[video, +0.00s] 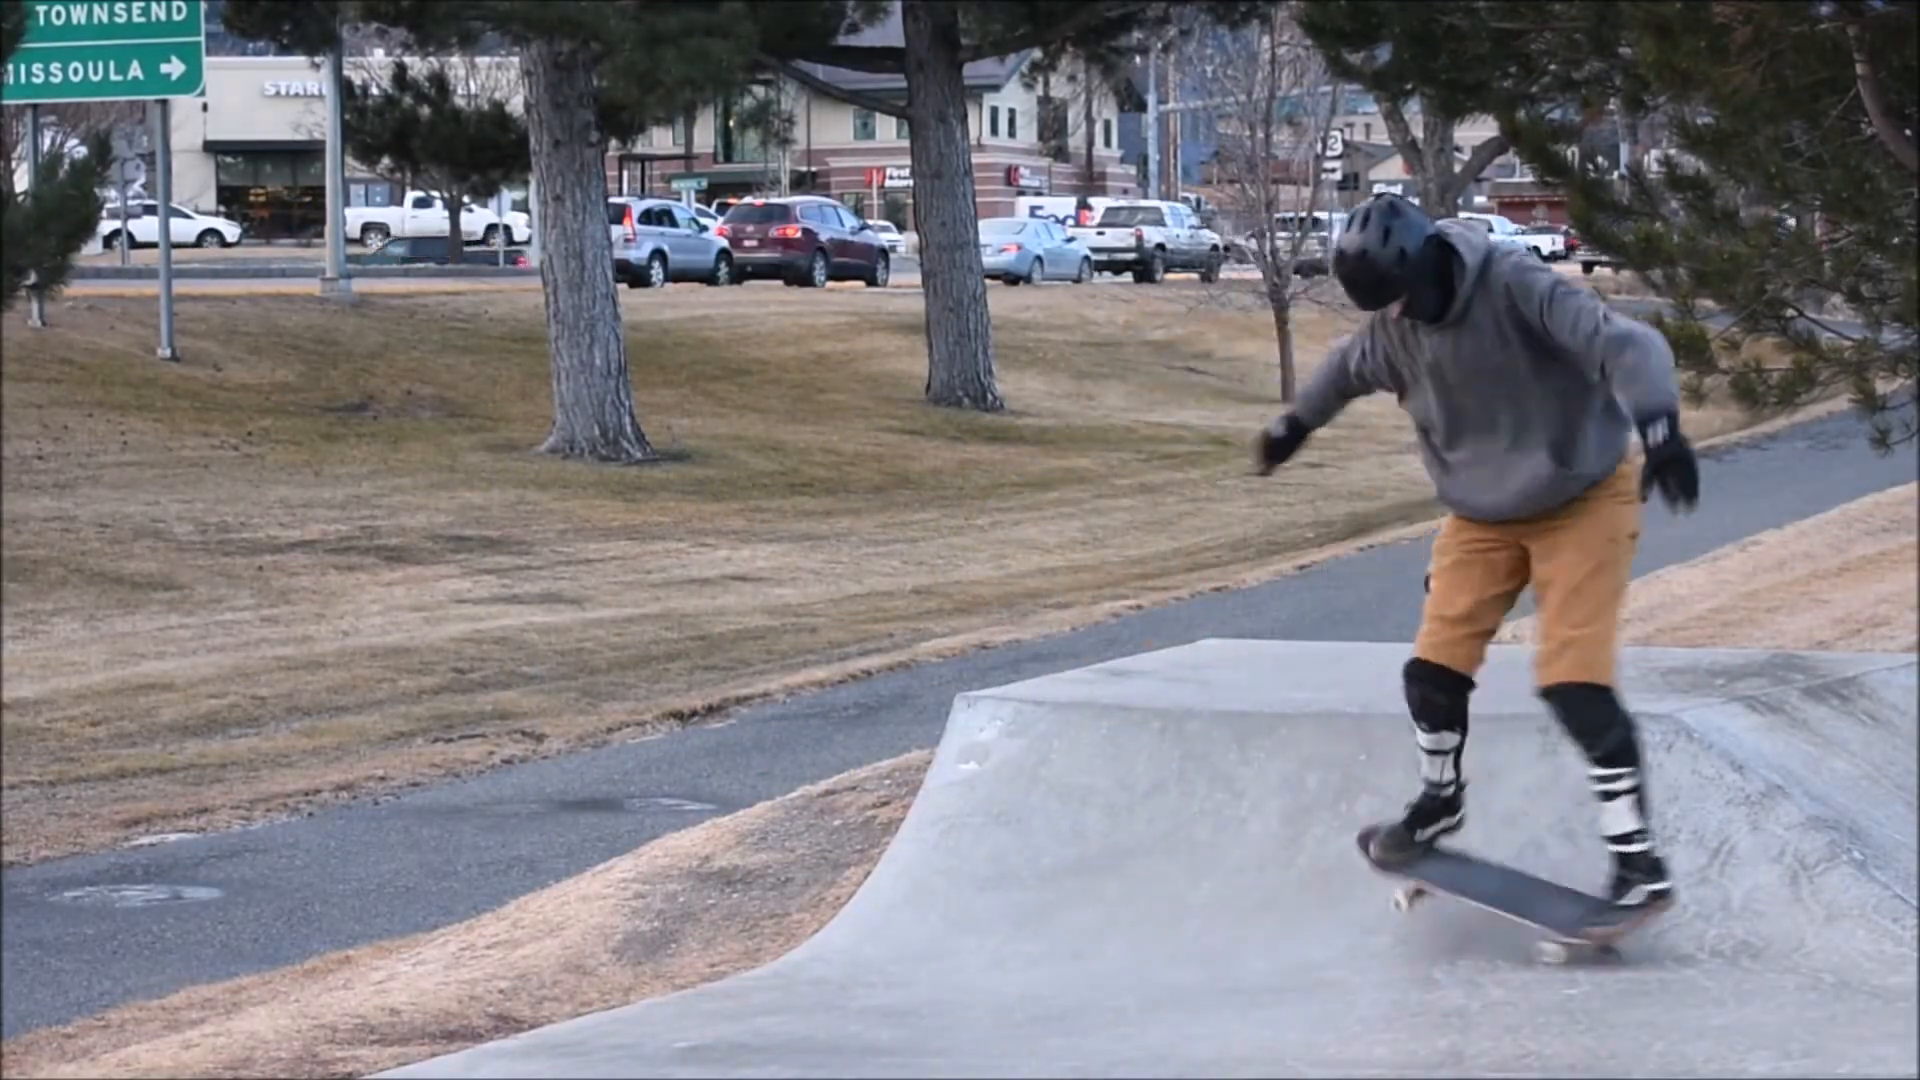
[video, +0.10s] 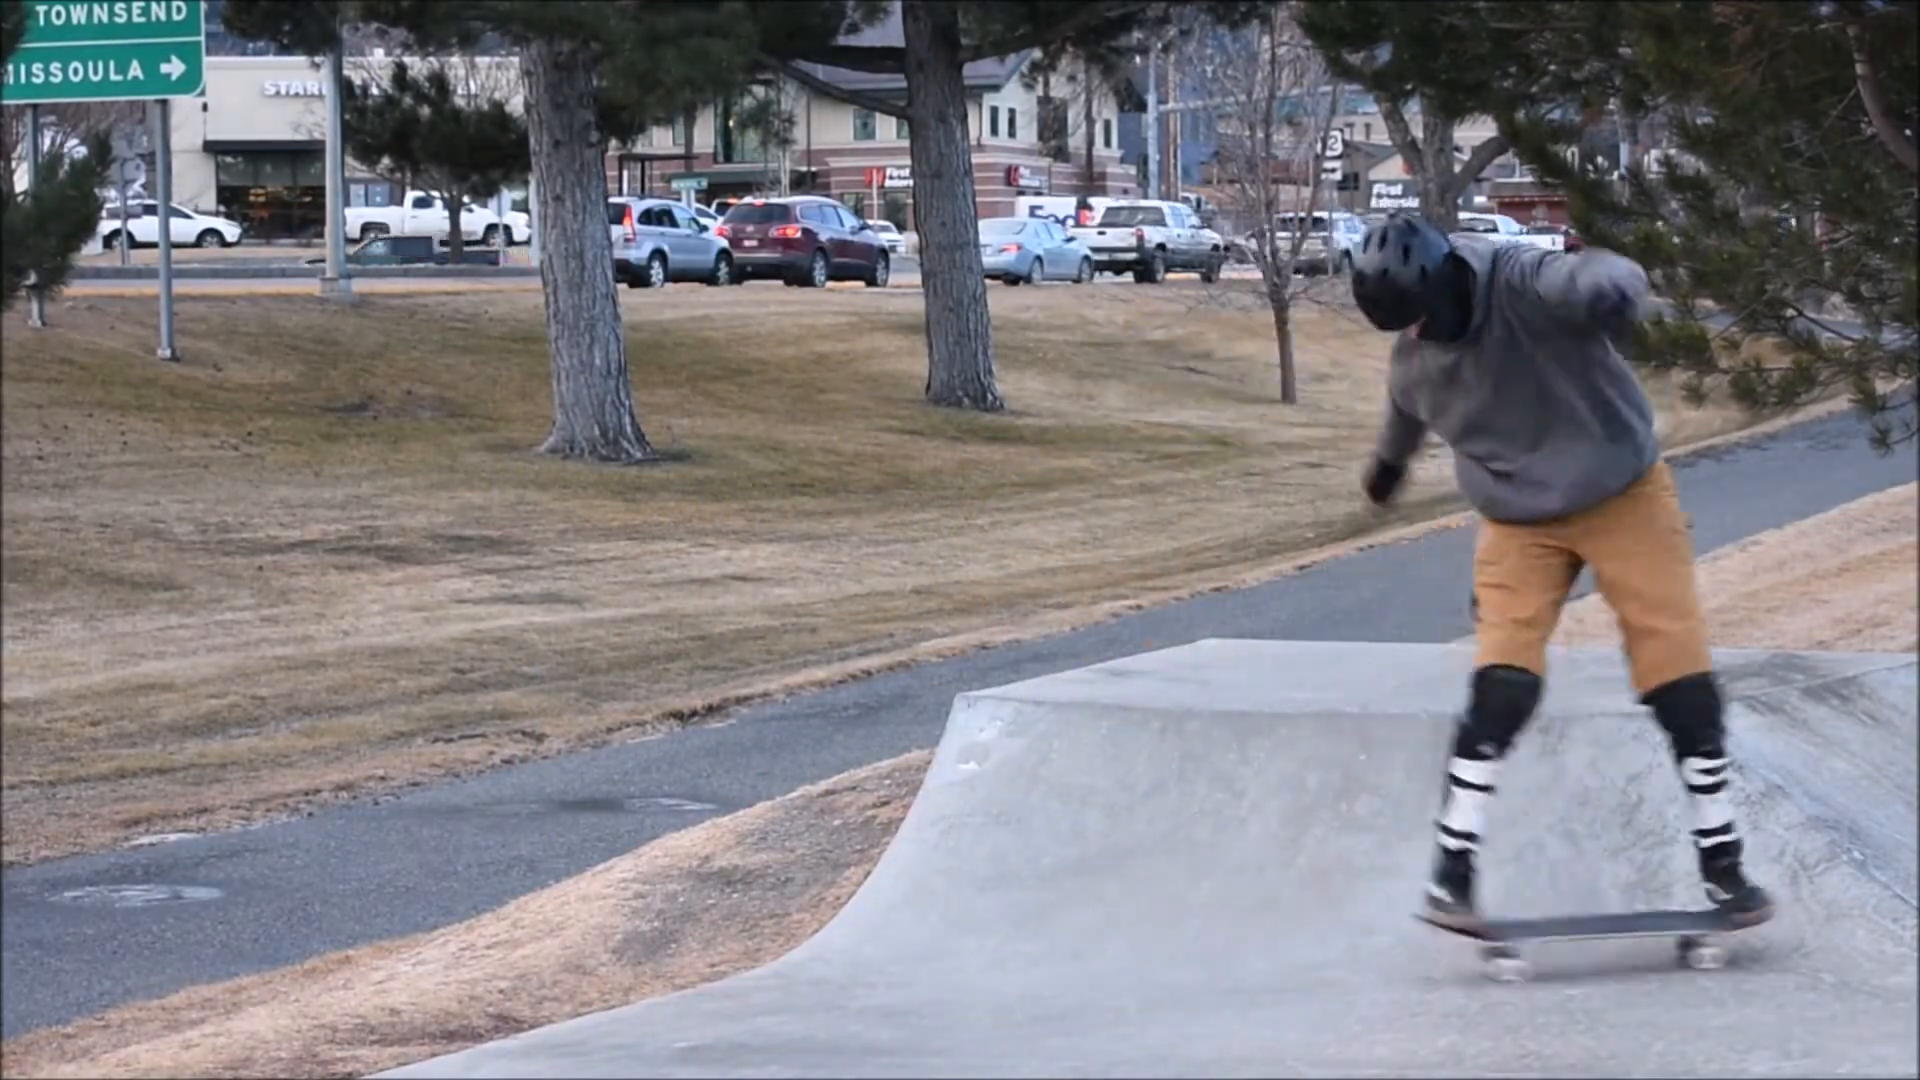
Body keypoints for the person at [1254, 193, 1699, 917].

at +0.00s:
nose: (1395, 317)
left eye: (1400, 301)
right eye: (1383, 308)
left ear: (1427, 264)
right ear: (1372, 288)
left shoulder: (1513, 284)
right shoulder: (1396, 329)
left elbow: (1625, 340)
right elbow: (1345, 370)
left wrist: (1660, 428)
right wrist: (1293, 424)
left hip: (1584, 494)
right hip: (1479, 512)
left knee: (1574, 683)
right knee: (1433, 678)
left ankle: (1635, 854)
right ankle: (1439, 801)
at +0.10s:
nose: (1414, 336)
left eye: (1419, 320)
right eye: (1401, 328)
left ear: (1447, 282)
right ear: (1389, 314)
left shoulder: (1517, 278)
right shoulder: (1414, 355)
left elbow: (1590, 272)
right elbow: (1403, 415)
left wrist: (1609, 287)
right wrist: (1387, 468)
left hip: (1625, 497)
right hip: (1516, 518)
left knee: (1686, 697)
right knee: (1501, 695)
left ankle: (1723, 866)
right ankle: (1453, 867)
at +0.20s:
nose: (1451, 362)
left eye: (1455, 345)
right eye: (1436, 355)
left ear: (1481, 303)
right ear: (1421, 343)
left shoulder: (1562, 299)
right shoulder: (1438, 398)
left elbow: (1609, 232)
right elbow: (1447, 510)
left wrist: (1525, 208)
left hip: (1651, 516)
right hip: (1551, 557)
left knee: (1760, 695)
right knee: (1584, 719)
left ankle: (1785, 872)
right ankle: (1530, 897)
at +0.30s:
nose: (1487, 386)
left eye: (1493, 368)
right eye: (1471, 378)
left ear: (1515, 324)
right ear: (1453, 365)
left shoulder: (1584, 299)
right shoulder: (1469, 420)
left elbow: (1630, 215)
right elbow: (1466, 546)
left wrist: (1537, 190)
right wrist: (1470, 656)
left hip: (1673, 513)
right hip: (1575, 557)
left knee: (1781, 699)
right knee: (1601, 727)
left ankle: (1829, 863)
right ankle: (1565, 889)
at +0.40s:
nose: (1523, 376)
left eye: (1528, 358)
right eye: (1505, 372)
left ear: (1540, 306)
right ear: (1477, 359)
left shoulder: (1598, 292)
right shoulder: (1491, 409)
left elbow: (1642, 226)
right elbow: (1472, 519)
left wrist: (1525, 205)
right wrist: (1470, 600)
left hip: (1696, 503)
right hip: (1595, 554)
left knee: (1805, 692)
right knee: (1618, 724)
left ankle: (1853, 862)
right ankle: (1581, 891)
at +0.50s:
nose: (1551, 350)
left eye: (1554, 332)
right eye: (1532, 345)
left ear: (1566, 295)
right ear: (1507, 341)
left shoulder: (1630, 292)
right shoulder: (1511, 398)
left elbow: (1648, 239)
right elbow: (1473, 518)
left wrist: (1546, 251)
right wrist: (1454, 623)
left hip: (1719, 484)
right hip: (1620, 532)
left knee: (1811, 687)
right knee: (1644, 696)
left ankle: (1845, 862)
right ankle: (1596, 874)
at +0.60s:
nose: (1565, 344)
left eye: (1576, 325)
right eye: (1545, 335)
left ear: (1594, 296)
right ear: (1524, 336)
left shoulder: (1644, 285)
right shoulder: (1525, 404)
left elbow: (1677, 325)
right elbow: (1486, 518)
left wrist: (1575, 332)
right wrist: (1461, 627)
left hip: (1737, 500)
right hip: (1635, 539)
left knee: (1818, 695)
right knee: (1666, 700)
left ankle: (1837, 864)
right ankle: (1616, 890)